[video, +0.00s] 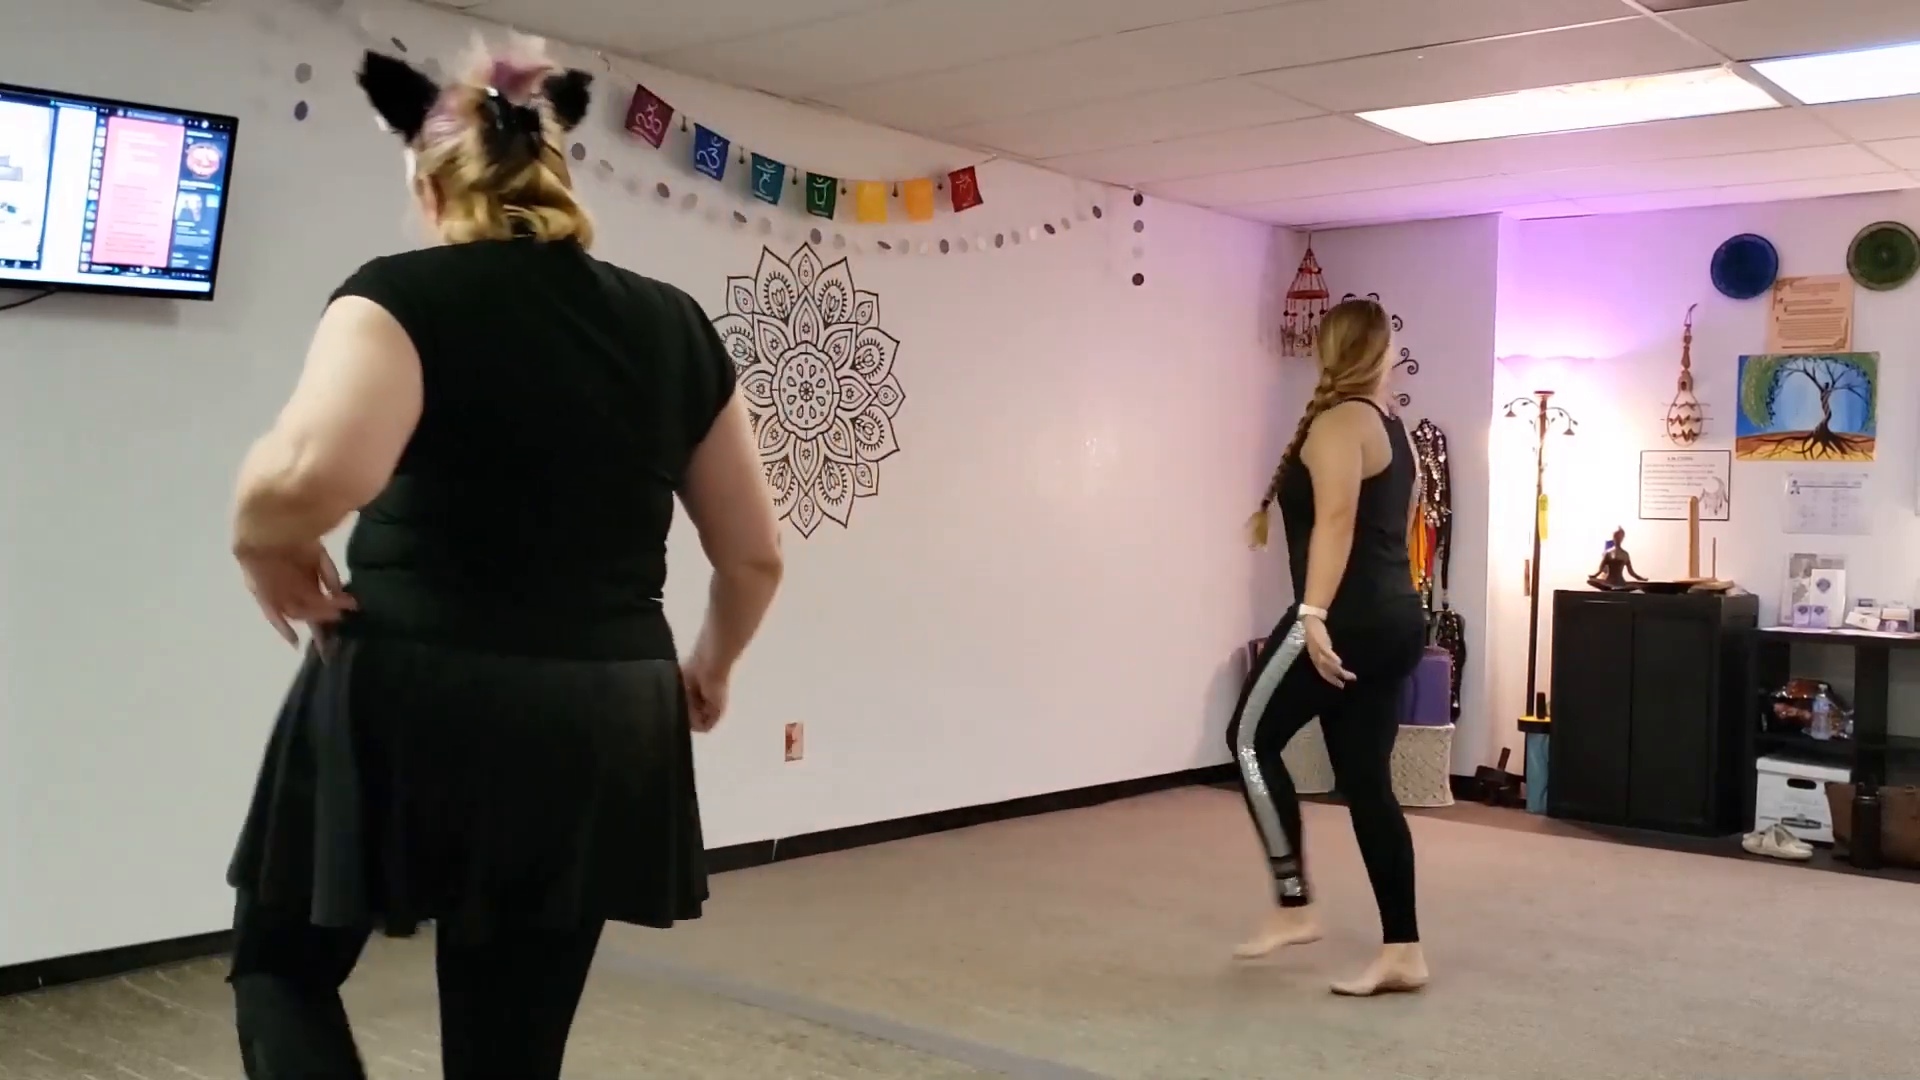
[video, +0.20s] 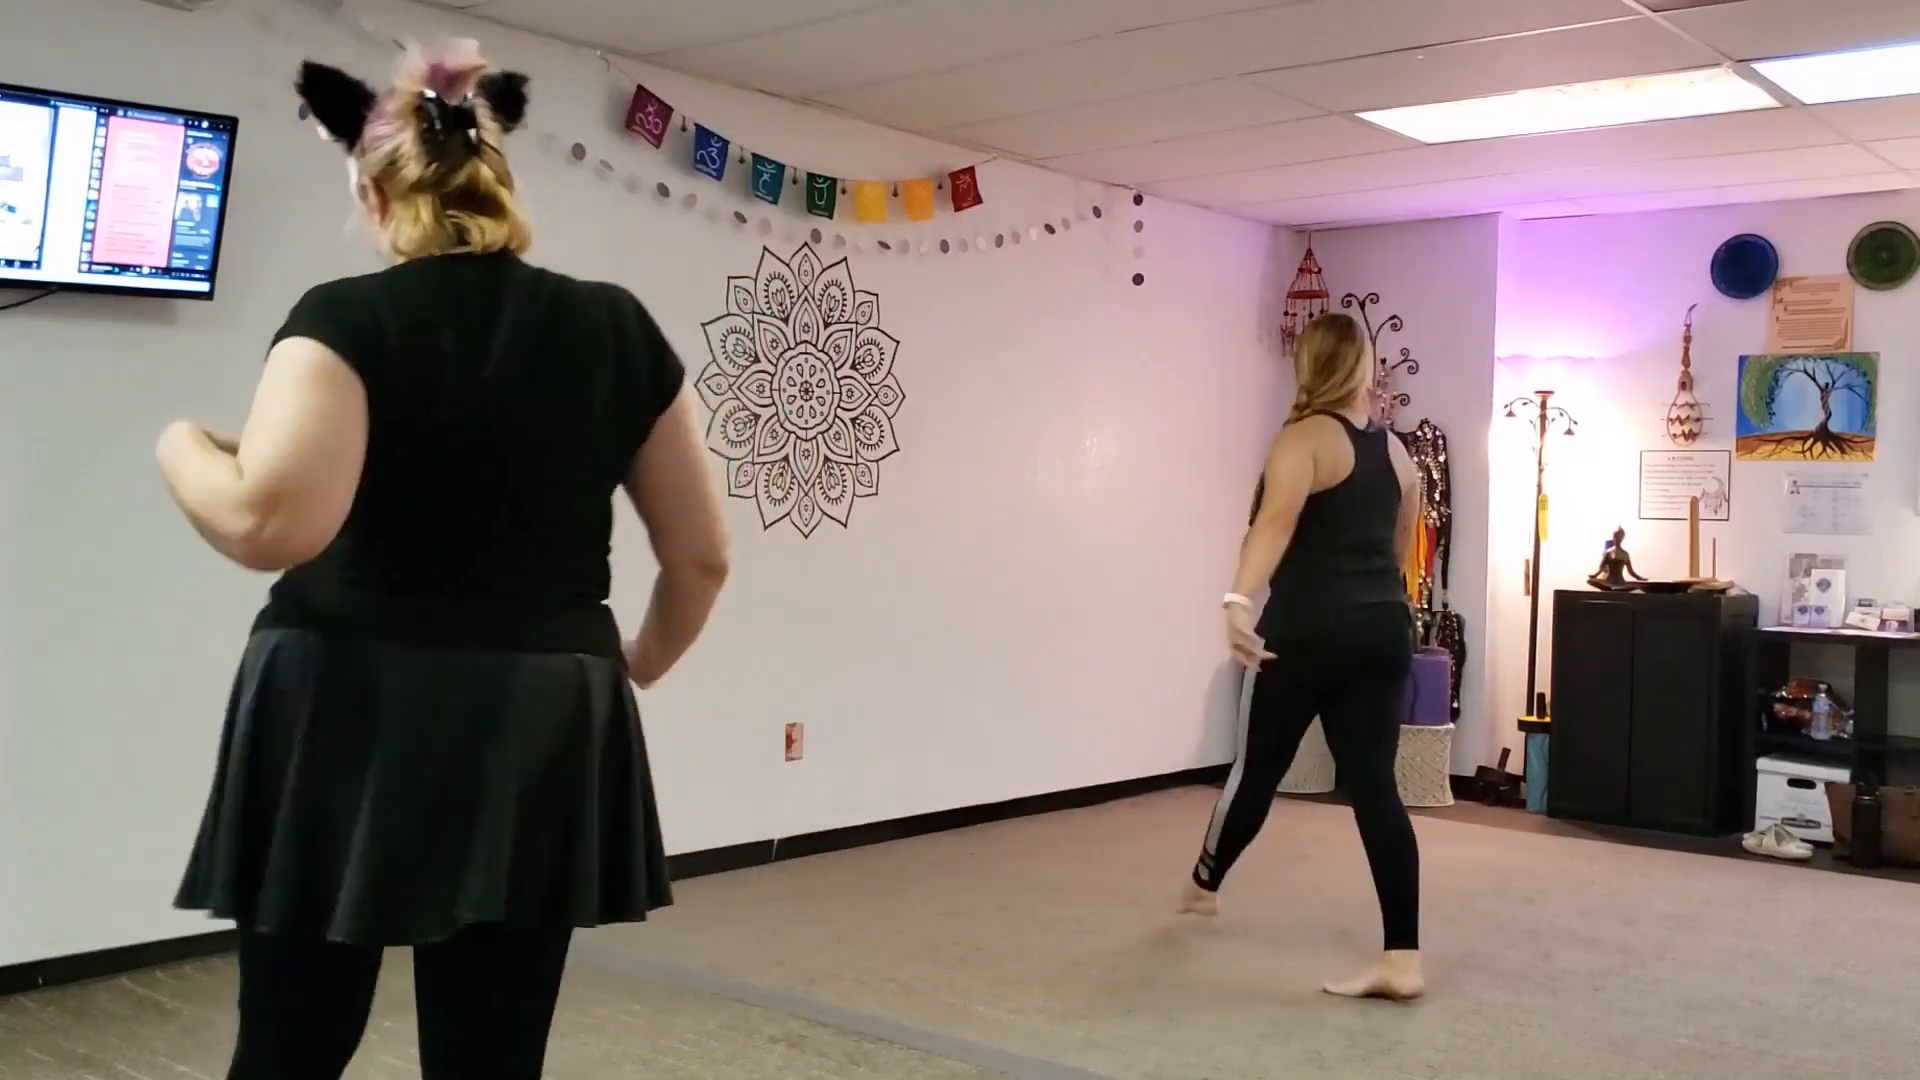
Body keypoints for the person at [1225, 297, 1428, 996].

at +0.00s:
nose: (1399, 358)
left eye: (1395, 347)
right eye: (1395, 348)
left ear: (1330, 351)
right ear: (1380, 355)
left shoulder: (1337, 423)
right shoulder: (1387, 430)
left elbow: (1335, 521)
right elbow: (1382, 527)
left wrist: (1311, 613)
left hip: (1341, 617)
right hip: (1393, 619)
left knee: (1251, 736)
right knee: (1367, 783)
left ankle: (1292, 906)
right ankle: (1403, 948)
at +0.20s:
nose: (1377, 376)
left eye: (1373, 365)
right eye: (1374, 365)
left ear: (1309, 368)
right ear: (1363, 370)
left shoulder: (1300, 441)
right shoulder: (1393, 452)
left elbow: (1276, 522)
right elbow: (1404, 541)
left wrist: (1239, 601)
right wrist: (1385, 594)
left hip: (1307, 630)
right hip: (1382, 631)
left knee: (1261, 768)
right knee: (1375, 788)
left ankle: (1204, 884)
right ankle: (1402, 957)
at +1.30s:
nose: (1252, 396)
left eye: (1247, 386)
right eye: (1253, 388)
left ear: (1197, 389)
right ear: (1246, 394)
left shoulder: (1165, 465)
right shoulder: (1268, 460)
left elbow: (1156, 551)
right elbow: (1290, 551)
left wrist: (1197, 583)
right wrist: (1329, 632)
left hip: (1179, 617)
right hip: (1252, 619)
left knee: (1198, 747)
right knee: (1226, 744)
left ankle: (1220, 885)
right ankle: (1203, 857)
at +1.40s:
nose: (1252, 391)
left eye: (1242, 380)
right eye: (1254, 383)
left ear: (1199, 384)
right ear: (1249, 389)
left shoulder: (1166, 456)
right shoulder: (1267, 458)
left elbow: (1160, 541)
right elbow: (1282, 551)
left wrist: (1191, 584)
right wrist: (1313, 632)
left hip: (1177, 612)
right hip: (1250, 615)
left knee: (1194, 737)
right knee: (1226, 737)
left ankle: (1215, 865)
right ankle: (1202, 854)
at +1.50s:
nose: (1253, 387)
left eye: (1241, 375)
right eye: (1254, 379)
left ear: (1199, 379)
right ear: (1249, 385)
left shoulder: (1168, 450)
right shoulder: (1264, 455)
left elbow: (1161, 537)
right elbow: (1277, 546)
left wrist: (1190, 582)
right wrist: (1305, 628)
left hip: (1177, 606)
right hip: (1248, 611)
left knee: (1184, 729)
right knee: (1223, 732)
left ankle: (1200, 844)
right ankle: (1203, 860)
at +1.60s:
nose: (1250, 388)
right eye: (1252, 380)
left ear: (1199, 381)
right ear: (1247, 387)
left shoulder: (1168, 454)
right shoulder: (1263, 458)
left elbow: (1158, 549)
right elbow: (1277, 553)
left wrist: (1174, 598)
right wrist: (1309, 630)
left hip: (1178, 613)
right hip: (1247, 617)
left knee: (1173, 726)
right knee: (1222, 734)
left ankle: (1183, 821)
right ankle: (1197, 863)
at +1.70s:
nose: (1250, 396)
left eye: (1242, 386)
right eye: (1251, 388)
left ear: (1199, 387)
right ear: (1246, 394)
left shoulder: (1168, 458)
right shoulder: (1263, 466)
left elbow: (1148, 541)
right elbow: (1283, 560)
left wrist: (1142, 601)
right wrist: (1323, 635)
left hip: (1183, 614)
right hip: (1250, 619)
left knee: (1177, 717)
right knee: (1225, 731)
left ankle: (1176, 802)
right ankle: (1198, 865)